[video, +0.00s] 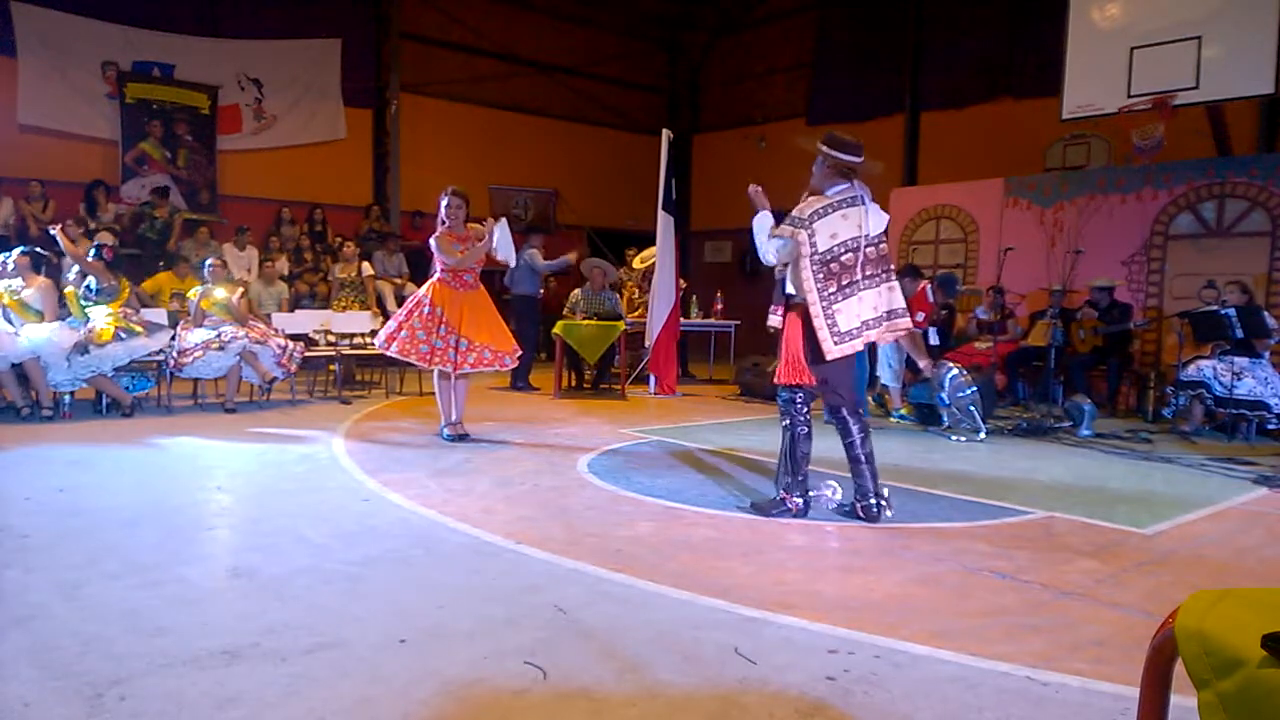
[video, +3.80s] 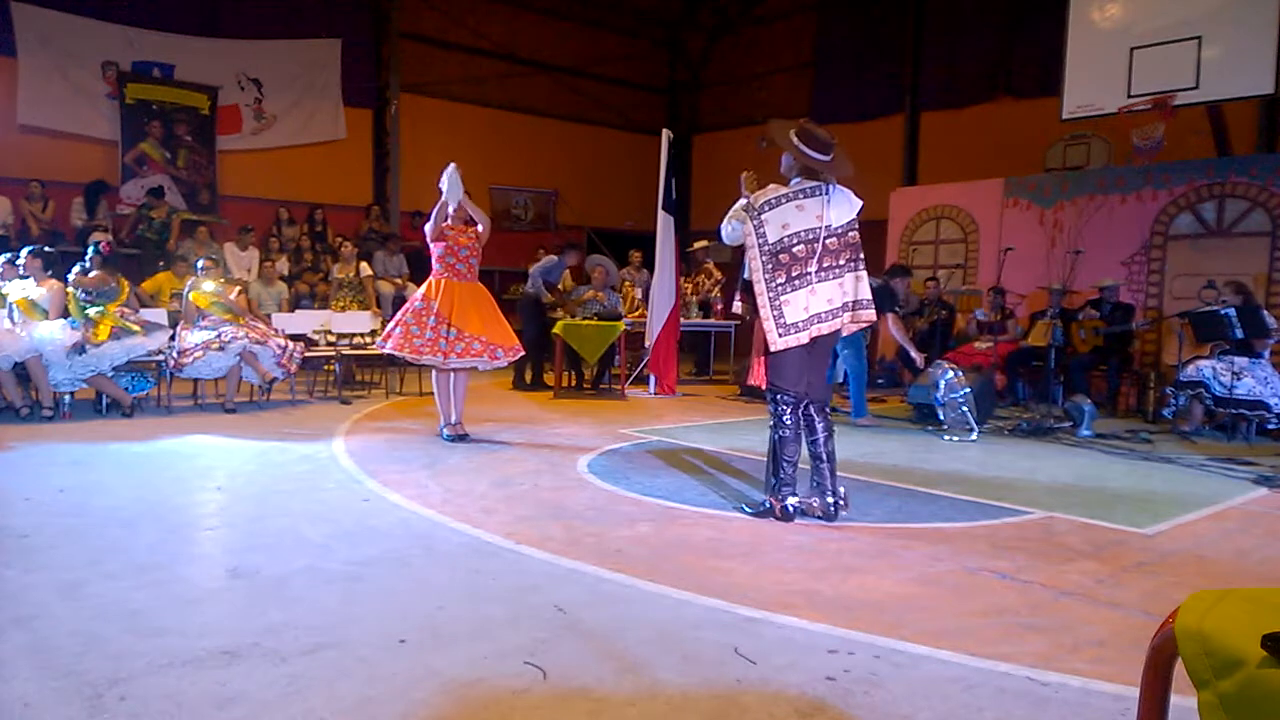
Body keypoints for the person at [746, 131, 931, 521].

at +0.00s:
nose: (813, 168)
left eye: (818, 163)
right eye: (817, 162)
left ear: (830, 168)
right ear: (853, 172)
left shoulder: (809, 211)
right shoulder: (867, 209)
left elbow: (772, 255)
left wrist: (761, 212)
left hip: (805, 318)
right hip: (847, 319)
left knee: (794, 403)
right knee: (846, 406)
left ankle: (793, 495)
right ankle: (869, 499)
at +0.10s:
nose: (820, 168)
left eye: (824, 162)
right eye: (823, 162)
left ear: (835, 166)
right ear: (858, 169)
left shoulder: (820, 209)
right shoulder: (881, 212)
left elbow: (779, 250)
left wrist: (780, 214)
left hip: (817, 317)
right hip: (859, 318)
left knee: (802, 404)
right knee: (854, 405)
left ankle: (793, 495)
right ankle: (870, 499)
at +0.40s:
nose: (825, 169)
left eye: (829, 163)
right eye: (828, 163)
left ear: (841, 166)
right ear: (863, 168)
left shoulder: (828, 210)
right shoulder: (886, 210)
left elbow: (784, 249)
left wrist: (774, 209)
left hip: (823, 320)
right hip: (865, 321)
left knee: (798, 398)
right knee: (863, 403)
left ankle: (791, 494)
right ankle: (872, 498)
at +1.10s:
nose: (780, 166)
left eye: (784, 161)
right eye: (784, 161)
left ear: (791, 167)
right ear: (820, 171)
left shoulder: (768, 210)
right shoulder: (841, 211)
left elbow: (731, 241)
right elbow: (844, 268)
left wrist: (733, 211)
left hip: (779, 321)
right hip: (822, 318)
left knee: (782, 406)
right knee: (817, 393)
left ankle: (782, 495)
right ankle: (834, 475)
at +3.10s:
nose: (764, 166)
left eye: (768, 161)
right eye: (768, 160)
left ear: (778, 166)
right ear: (803, 168)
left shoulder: (757, 210)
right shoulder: (827, 207)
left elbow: (718, 239)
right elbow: (836, 267)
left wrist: (736, 203)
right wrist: (836, 318)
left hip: (768, 319)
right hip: (809, 314)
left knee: (776, 405)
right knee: (798, 402)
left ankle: (783, 497)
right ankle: (795, 485)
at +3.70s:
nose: (775, 155)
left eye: (780, 152)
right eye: (780, 150)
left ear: (789, 159)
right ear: (817, 162)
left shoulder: (764, 202)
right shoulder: (836, 199)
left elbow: (726, 233)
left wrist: (745, 195)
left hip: (783, 316)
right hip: (826, 312)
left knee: (782, 399)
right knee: (810, 397)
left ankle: (781, 495)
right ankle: (826, 491)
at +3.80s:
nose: (781, 154)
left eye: (787, 151)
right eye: (786, 150)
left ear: (795, 160)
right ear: (822, 162)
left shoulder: (766, 203)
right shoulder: (840, 199)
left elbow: (728, 233)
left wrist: (746, 197)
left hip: (783, 318)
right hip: (828, 315)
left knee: (785, 404)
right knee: (817, 404)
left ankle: (782, 495)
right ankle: (828, 495)